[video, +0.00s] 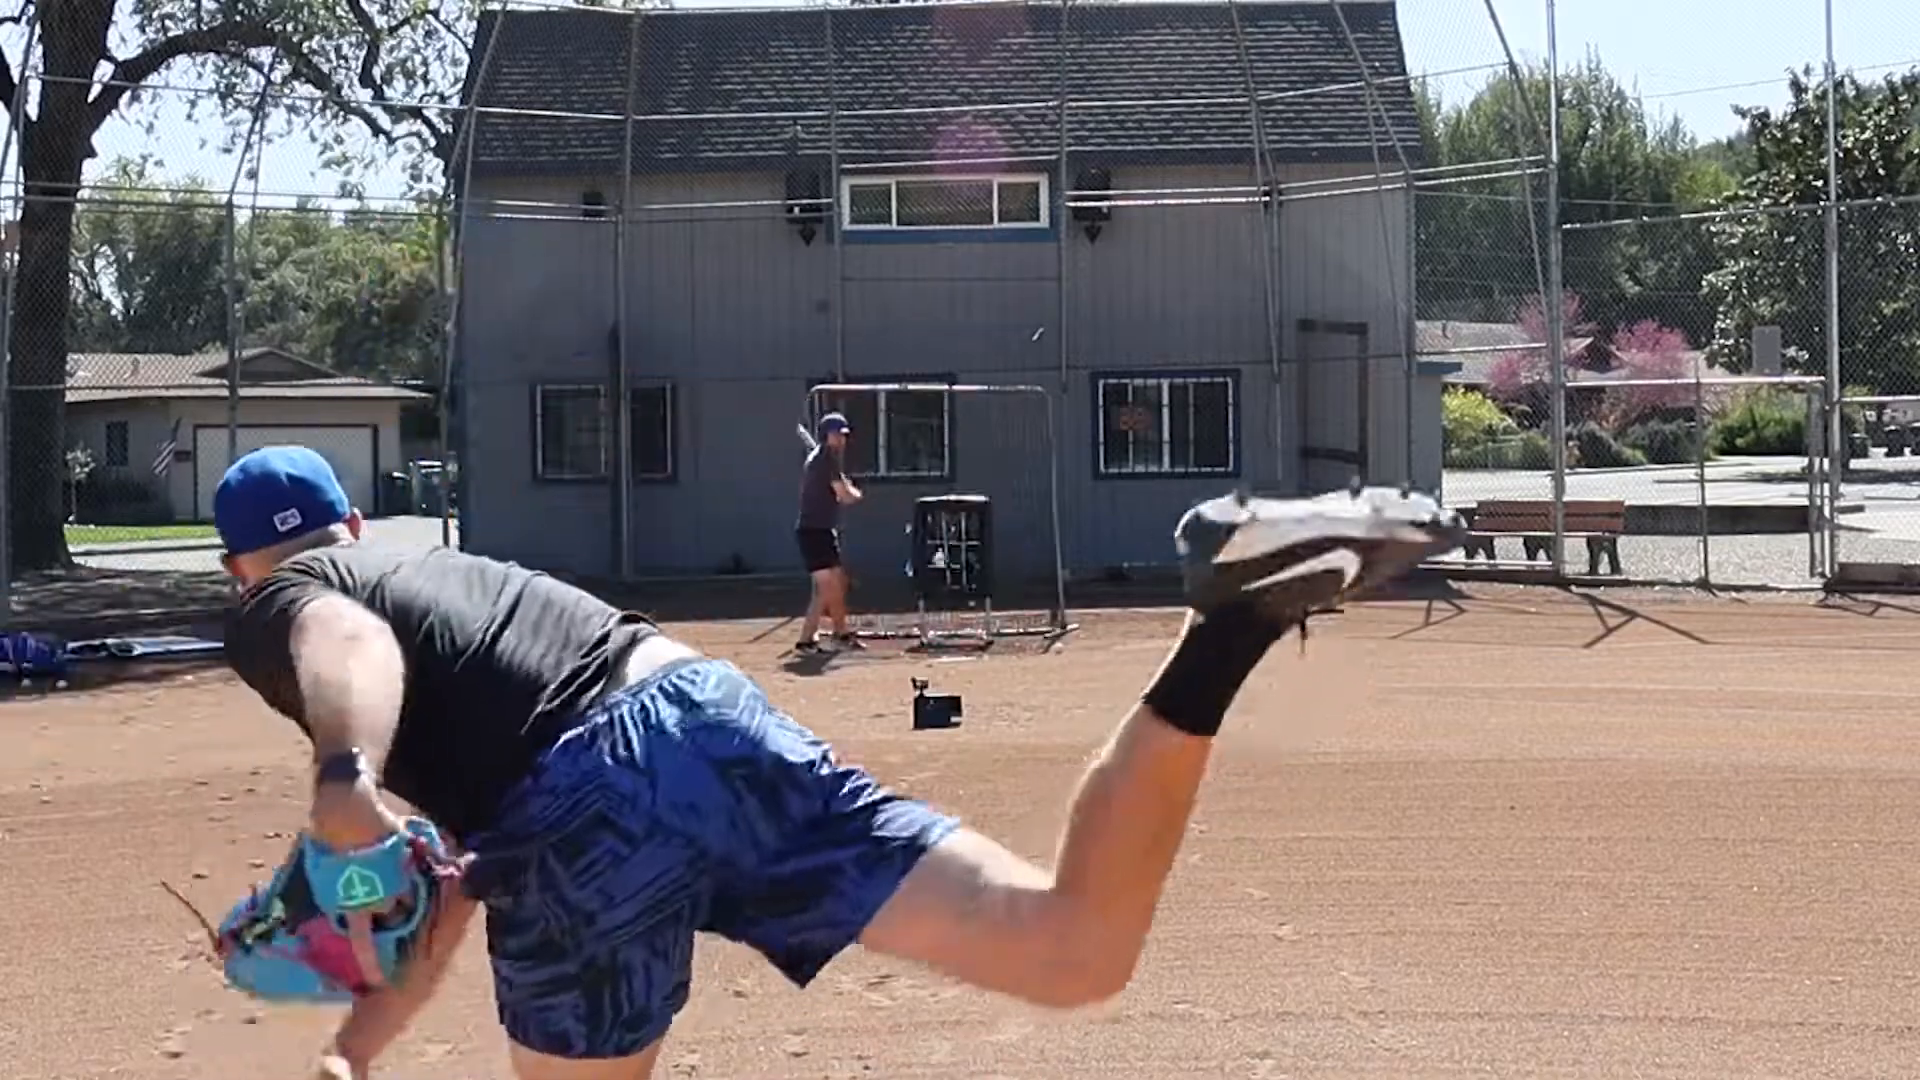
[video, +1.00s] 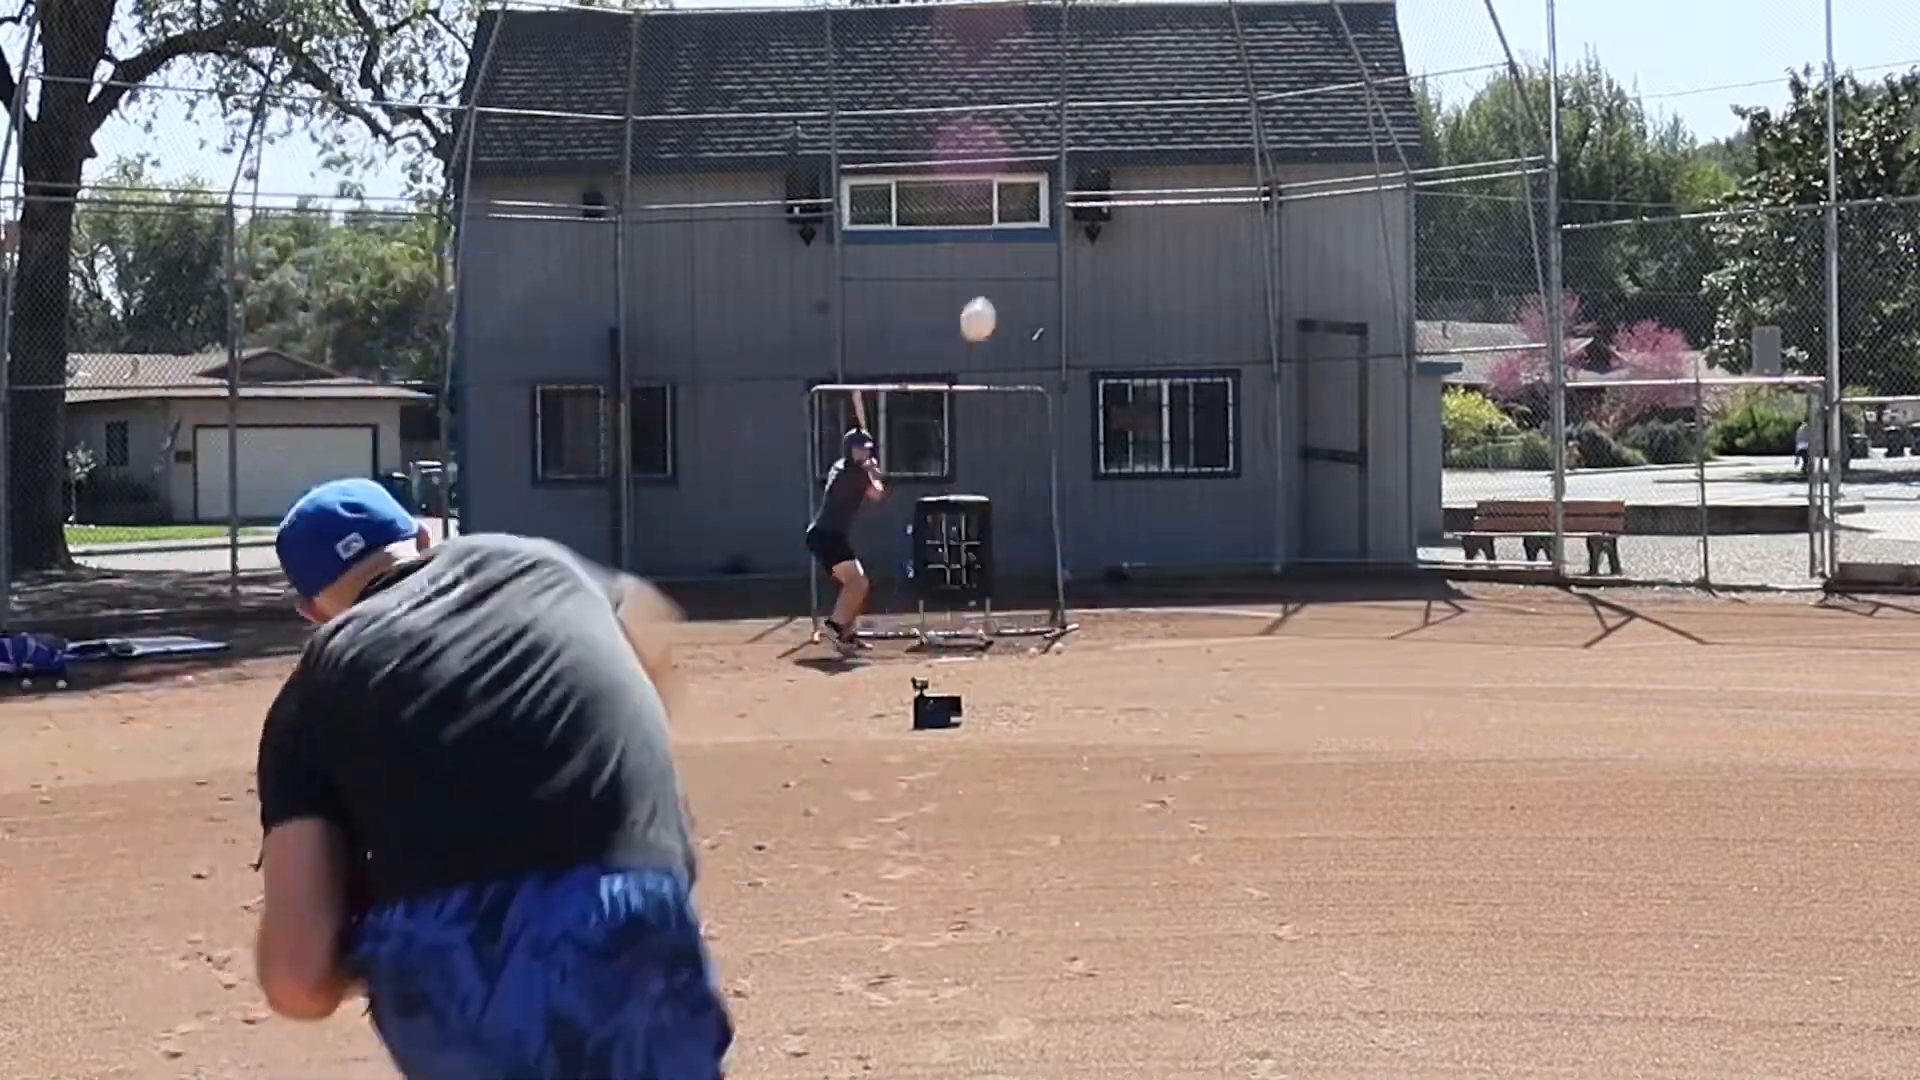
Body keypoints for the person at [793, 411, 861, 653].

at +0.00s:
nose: (842, 440)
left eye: (843, 435)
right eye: (838, 435)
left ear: (841, 436)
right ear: (826, 436)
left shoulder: (818, 455)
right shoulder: (827, 458)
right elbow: (843, 492)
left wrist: (845, 494)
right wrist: (856, 493)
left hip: (820, 527)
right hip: (816, 529)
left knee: (826, 583)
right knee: (831, 582)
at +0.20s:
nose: (843, 437)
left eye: (843, 433)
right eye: (838, 433)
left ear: (835, 434)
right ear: (826, 434)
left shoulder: (823, 456)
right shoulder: (821, 458)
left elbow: (829, 491)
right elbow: (830, 496)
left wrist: (841, 505)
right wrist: (850, 504)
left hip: (822, 527)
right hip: (815, 528)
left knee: (834, 578)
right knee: (821, 583)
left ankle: (842, 629)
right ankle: (806, 639)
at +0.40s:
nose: (845, 438)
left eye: (845, 433)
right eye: (842, 433)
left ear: (830, 434)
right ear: (831, 434)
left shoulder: (828, 457)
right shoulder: (817, 459)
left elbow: (830, 495)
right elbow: (821, 498)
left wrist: (845, 511)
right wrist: (843, 513)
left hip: (828, 526)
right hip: (817, 528)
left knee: (835, 578)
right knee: (824, 580)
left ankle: (841, 630)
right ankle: (806, 638)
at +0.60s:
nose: (850, 439)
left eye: (850, 434)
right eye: (847, 434)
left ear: (834, 435)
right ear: (835, 434)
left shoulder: (834, 459)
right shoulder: (822, 461)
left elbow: (837, 493)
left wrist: (850, 511)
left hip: (829, 524)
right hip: (825, 525)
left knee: (819, 581)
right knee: (842, 580)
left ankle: (806, 636)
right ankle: (839, 631)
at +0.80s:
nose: (866, 445)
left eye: (867, 440)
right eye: (861, 441)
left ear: (865, 443)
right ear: (849, 445)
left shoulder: (842, 463)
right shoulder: (853, 466)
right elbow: (880, 489)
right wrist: (878, 467)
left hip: (824, 531)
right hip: (832, 531)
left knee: (858, 581)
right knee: (870, 571)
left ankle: (848, 634)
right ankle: (847, 613)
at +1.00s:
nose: (866, 453)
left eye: (868, 449)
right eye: (861, 449)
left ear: (867, 451)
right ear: (850, 450)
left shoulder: (841, 466)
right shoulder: (852, 472)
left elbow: (877, 494)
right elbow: (878, 493)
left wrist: (870, 471)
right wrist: (872, 471)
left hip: (829, 533)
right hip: (827, 534)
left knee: (856, 583)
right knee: (857, 582)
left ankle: (847, 631)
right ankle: (836, 624)